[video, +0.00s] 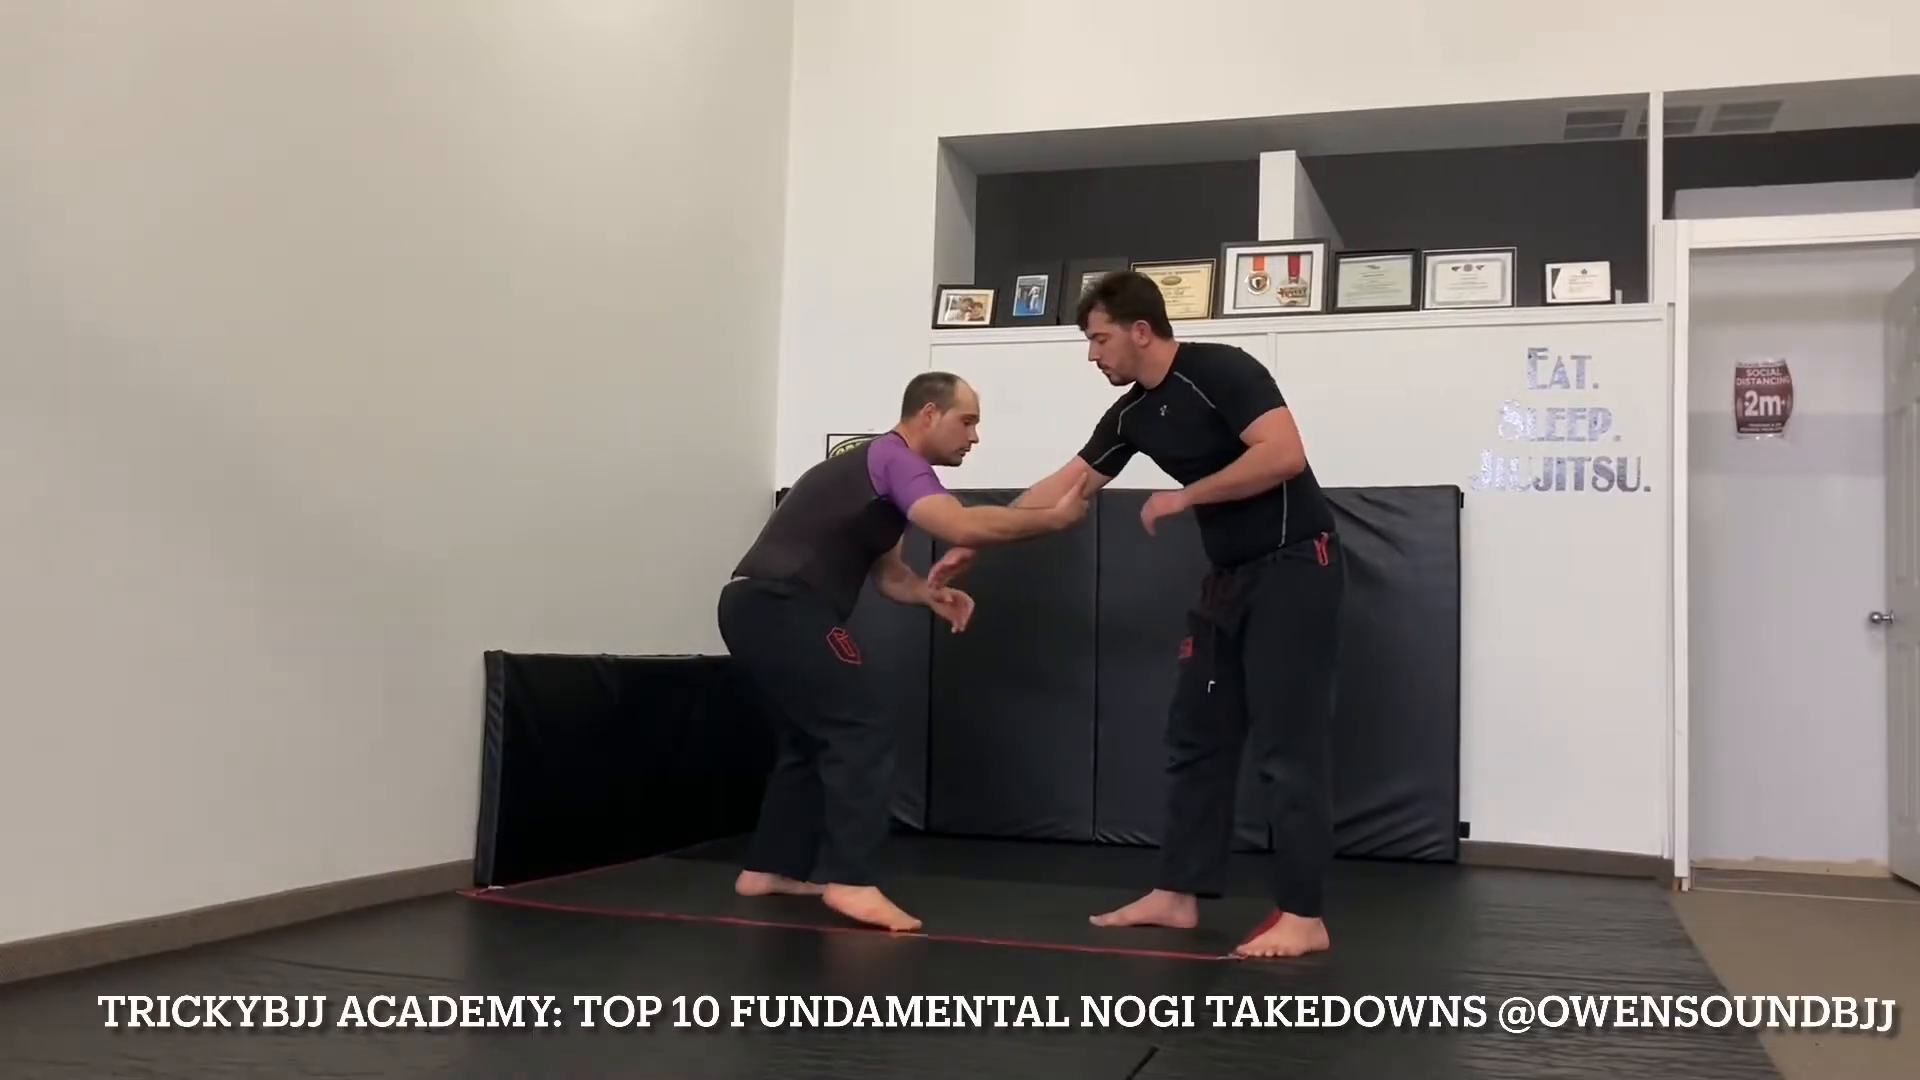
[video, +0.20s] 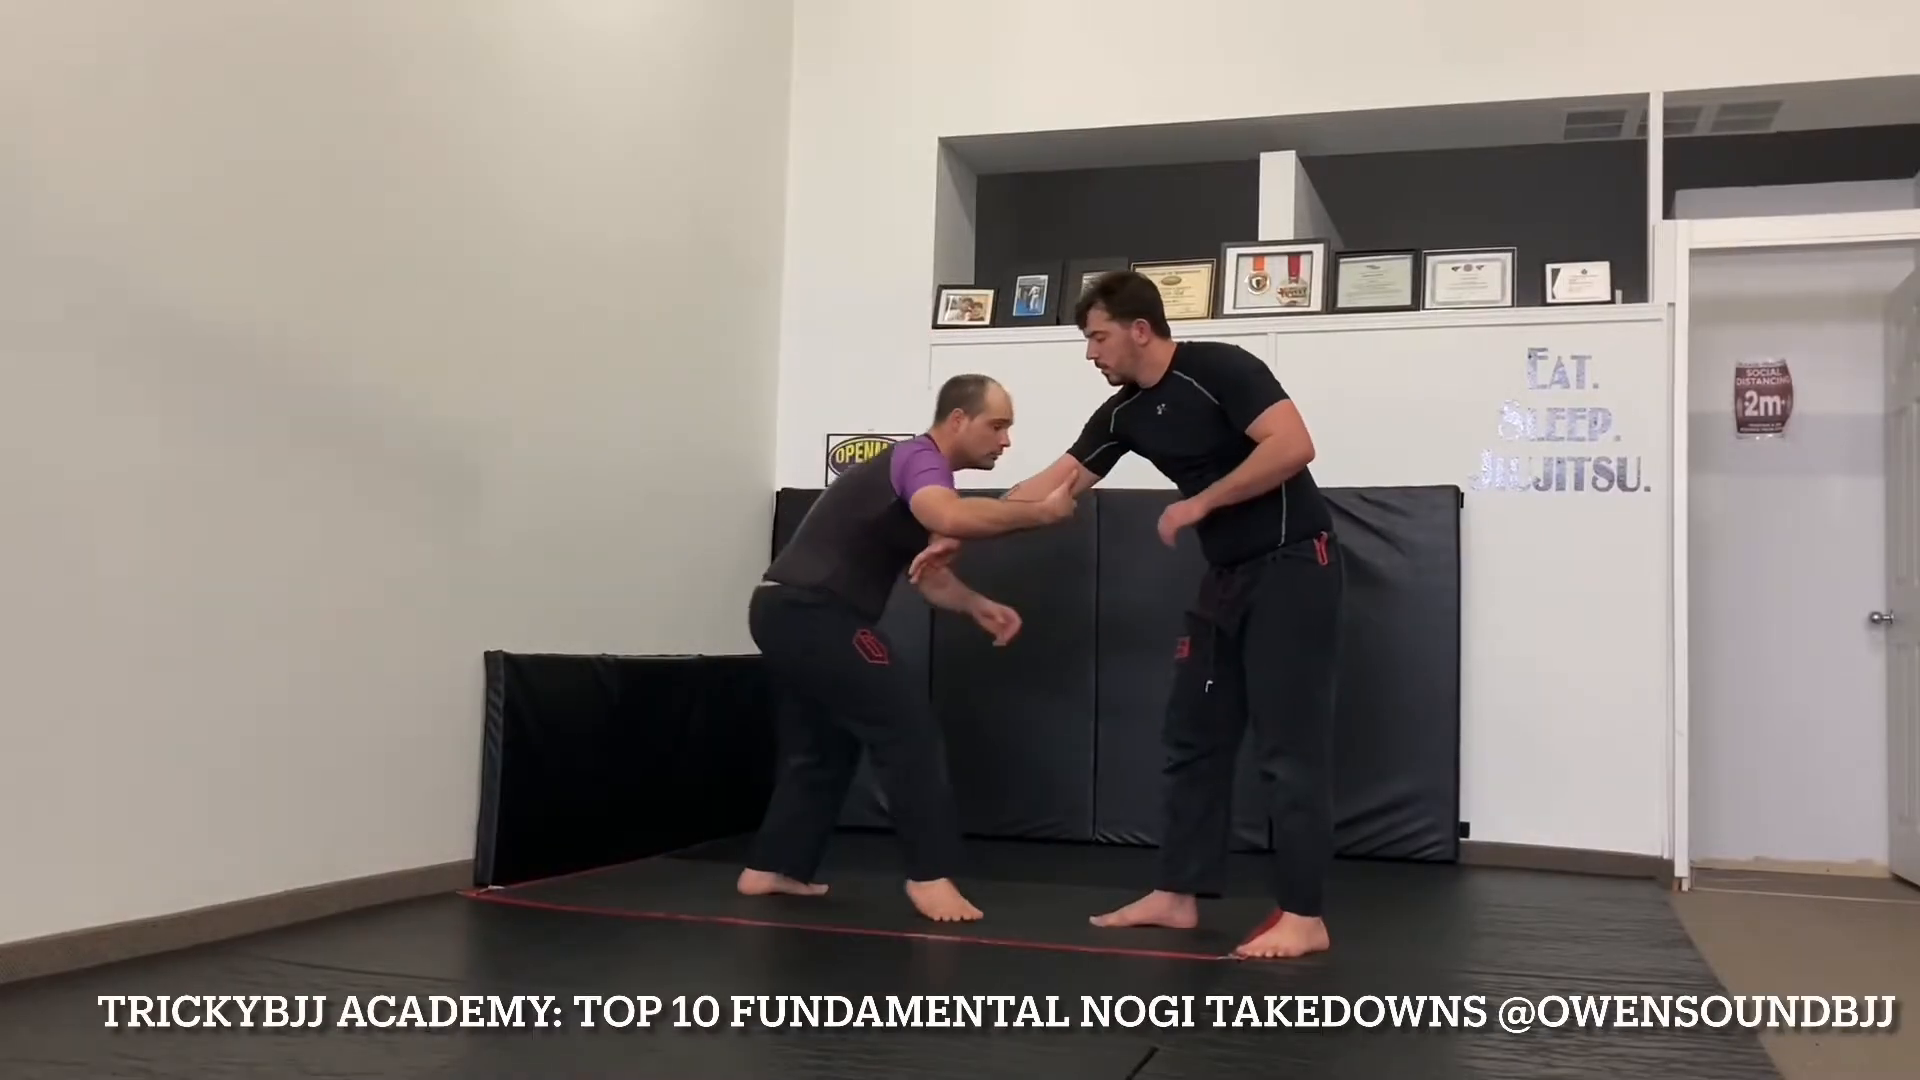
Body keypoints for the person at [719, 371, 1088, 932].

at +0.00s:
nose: (975, 436)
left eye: (976, 424)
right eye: (967, 422)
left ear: (924, 418)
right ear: (929, 414)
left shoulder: (871, 459)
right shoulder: (895, 456)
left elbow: (885, 569)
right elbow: (957, 525)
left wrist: (932, 594)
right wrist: (1050, 516)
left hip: (755, 603)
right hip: (787, 607)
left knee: (807, 738)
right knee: (860, 729)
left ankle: (771, 866)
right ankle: (851, 881)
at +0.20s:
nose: (1005, 440)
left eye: (1008, 428)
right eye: (998, 426)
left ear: (956, 425)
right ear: (957, 420)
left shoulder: (915, 468)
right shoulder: (919, 454)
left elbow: (924, 571)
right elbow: (942, 516)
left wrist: (977, 604)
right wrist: (1038, 511)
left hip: (789, 607)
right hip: (815, 612)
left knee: (824, 744)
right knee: (909, 729)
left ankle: (774, 866)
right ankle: (929, 876)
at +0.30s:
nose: (1029, 448)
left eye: (1032, 436)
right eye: (1021, 435)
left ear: (981, 430)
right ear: (980, 427)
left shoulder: (951, 476)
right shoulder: (940, 461)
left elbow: (966, 565)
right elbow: (953, 519)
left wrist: (1027, 597)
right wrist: (1043, 513)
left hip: (818, 617)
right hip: (842, 621)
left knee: (850, 745)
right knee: (934, 730)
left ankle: (779, 863)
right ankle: (934, 882)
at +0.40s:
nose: (1049, 452)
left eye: (1053, 440)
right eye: (1041, 439)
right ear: (999, 430)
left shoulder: (1000, 484)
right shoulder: (959, 464)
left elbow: (1017, 554)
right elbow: (972, 526)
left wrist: (1086, 579)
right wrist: (1064, 516)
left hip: (897, 623)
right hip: (873, 620)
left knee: (902, 750)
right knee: (960, 737)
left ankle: (806, 834)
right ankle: (937, 884)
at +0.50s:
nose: (1059, 454)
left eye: (1064, 441)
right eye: (1045, 442)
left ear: (1069, 430)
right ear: (1009, 432)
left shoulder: (1043, 480)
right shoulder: (973, 467)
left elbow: (1083, 538)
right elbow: (992, 539)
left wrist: (1156, 551)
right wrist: (1072, 516)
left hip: (953, 620)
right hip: (903, 615)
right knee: (974, 739)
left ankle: (881, 813)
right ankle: (940, 885)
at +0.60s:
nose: (1069, 458)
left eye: (1077, 443)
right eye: (1053, 447)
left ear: (1086, 429)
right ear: (1021, 439)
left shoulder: (1082, 473)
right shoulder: (994, 473)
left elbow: (1133, 511)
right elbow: (1009, 556)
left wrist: (1207, 521)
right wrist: (1095, 527)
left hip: (1004, 620)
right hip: (940, 620)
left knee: (1055, 724)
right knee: (991, 741)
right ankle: (940, 882)